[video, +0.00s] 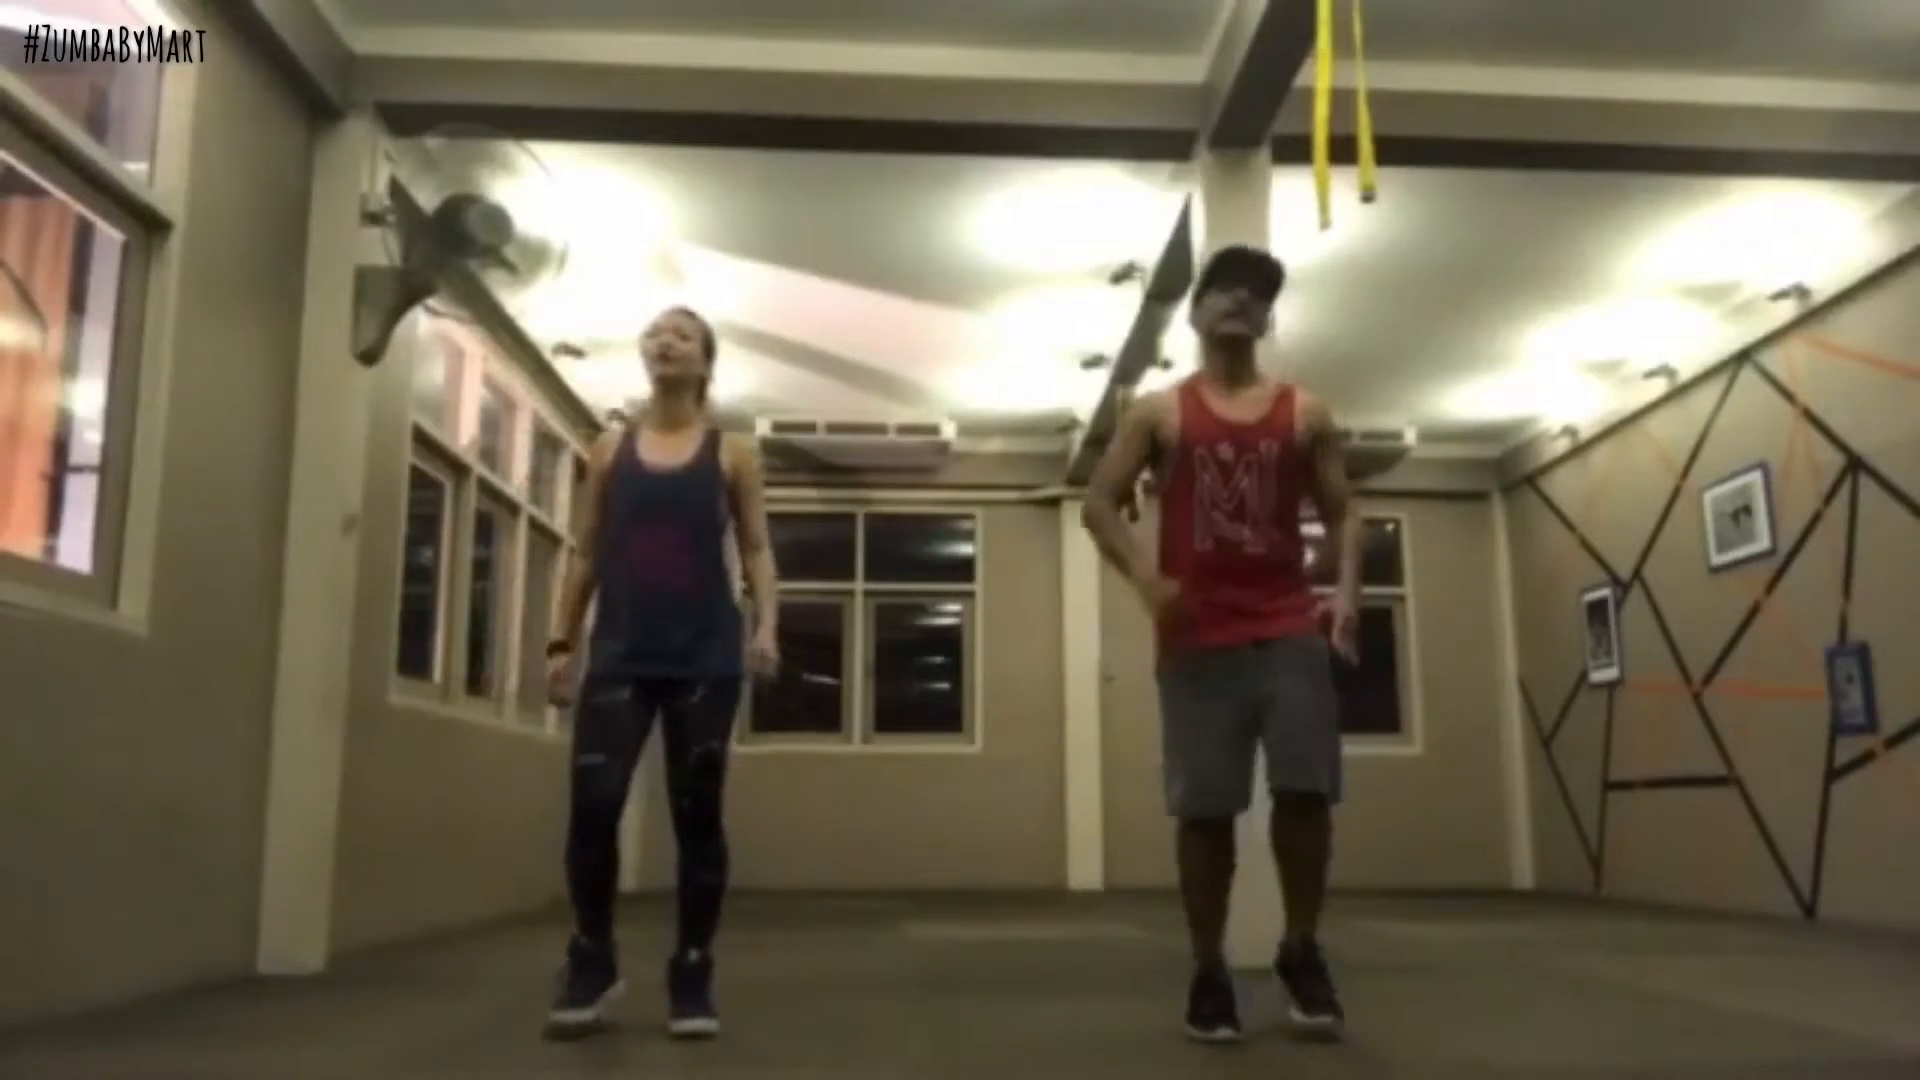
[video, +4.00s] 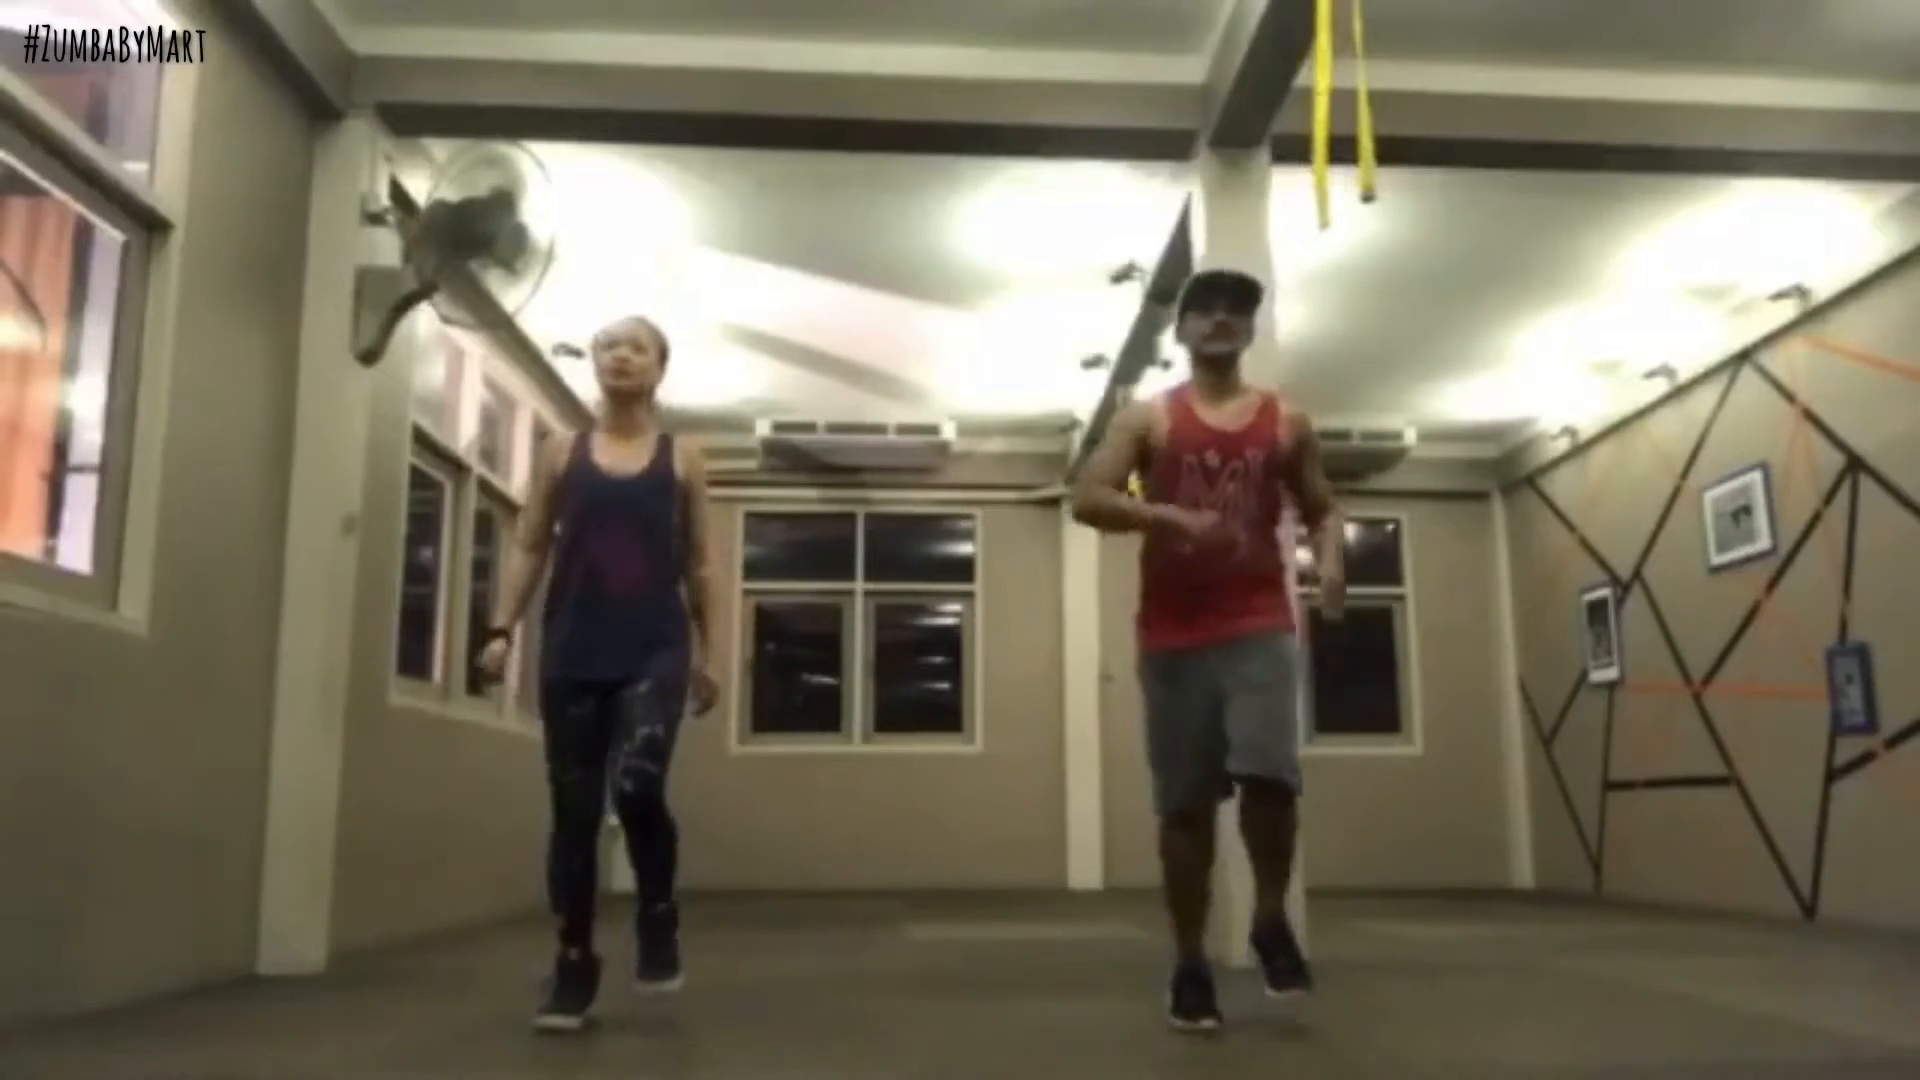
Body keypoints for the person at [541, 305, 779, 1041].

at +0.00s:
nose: (666, 343)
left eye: (682, 335)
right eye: (656, 334)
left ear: (706, 358)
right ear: (642, 354)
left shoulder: (730, 450)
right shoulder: (610, 450)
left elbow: (757, 550)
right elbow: (584, 550)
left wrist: (765, 624)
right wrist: (563, 641)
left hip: (704, 656)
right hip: (618, 654)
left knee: (697, 818)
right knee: (591, 808)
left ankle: (692, 979)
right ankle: (591, 965)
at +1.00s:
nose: (621, 349)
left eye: (637, 340)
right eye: (610, 337)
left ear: (660, 359)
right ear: (592, 354)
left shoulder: (683, 449)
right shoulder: (564, 448)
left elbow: (706, 549)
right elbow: (531, 547)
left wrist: (724, 632)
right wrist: (519, 638)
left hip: (659, 649)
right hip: (574, 652)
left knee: (651, 790)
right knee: (582, 814)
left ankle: (657, 948)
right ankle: (589, 971)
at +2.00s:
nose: (633, 379)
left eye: (646, 365)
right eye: (622, 364)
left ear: (670, 367)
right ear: (602, 366)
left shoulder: (697, 456)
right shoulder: (572, 454)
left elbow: (718, 556)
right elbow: (536, 552)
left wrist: (728, 641)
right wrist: (511, 642)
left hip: (672, 655)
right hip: (589, 656)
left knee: (654, 791)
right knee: (591, 813)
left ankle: (659, 950)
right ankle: (594, 964)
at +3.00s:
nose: (623, 354)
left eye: (636, 345)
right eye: (611, 344)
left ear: (655, 367)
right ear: (589, 365)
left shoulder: (680, 457)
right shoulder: (561, 455)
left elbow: (698, 564)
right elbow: (525, 547)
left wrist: (711, 653)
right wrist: (482, 619)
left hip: (655, 655)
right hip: (573, 656)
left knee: (629, 788)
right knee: (568, 811)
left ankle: (650, 939)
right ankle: (560, 969)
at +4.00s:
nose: (620, 358)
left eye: (636, 349)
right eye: (611, 348)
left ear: (660, 370)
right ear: (594, 364)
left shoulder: (682, 458)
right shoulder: (562, 453)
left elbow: (701, 564)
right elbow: (530, 545)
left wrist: (709, 655)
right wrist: (503, 626)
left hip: (656, 653)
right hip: (573, 653)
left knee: (635, 788)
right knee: (574, 811)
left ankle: (657, 919)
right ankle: (574, 961)